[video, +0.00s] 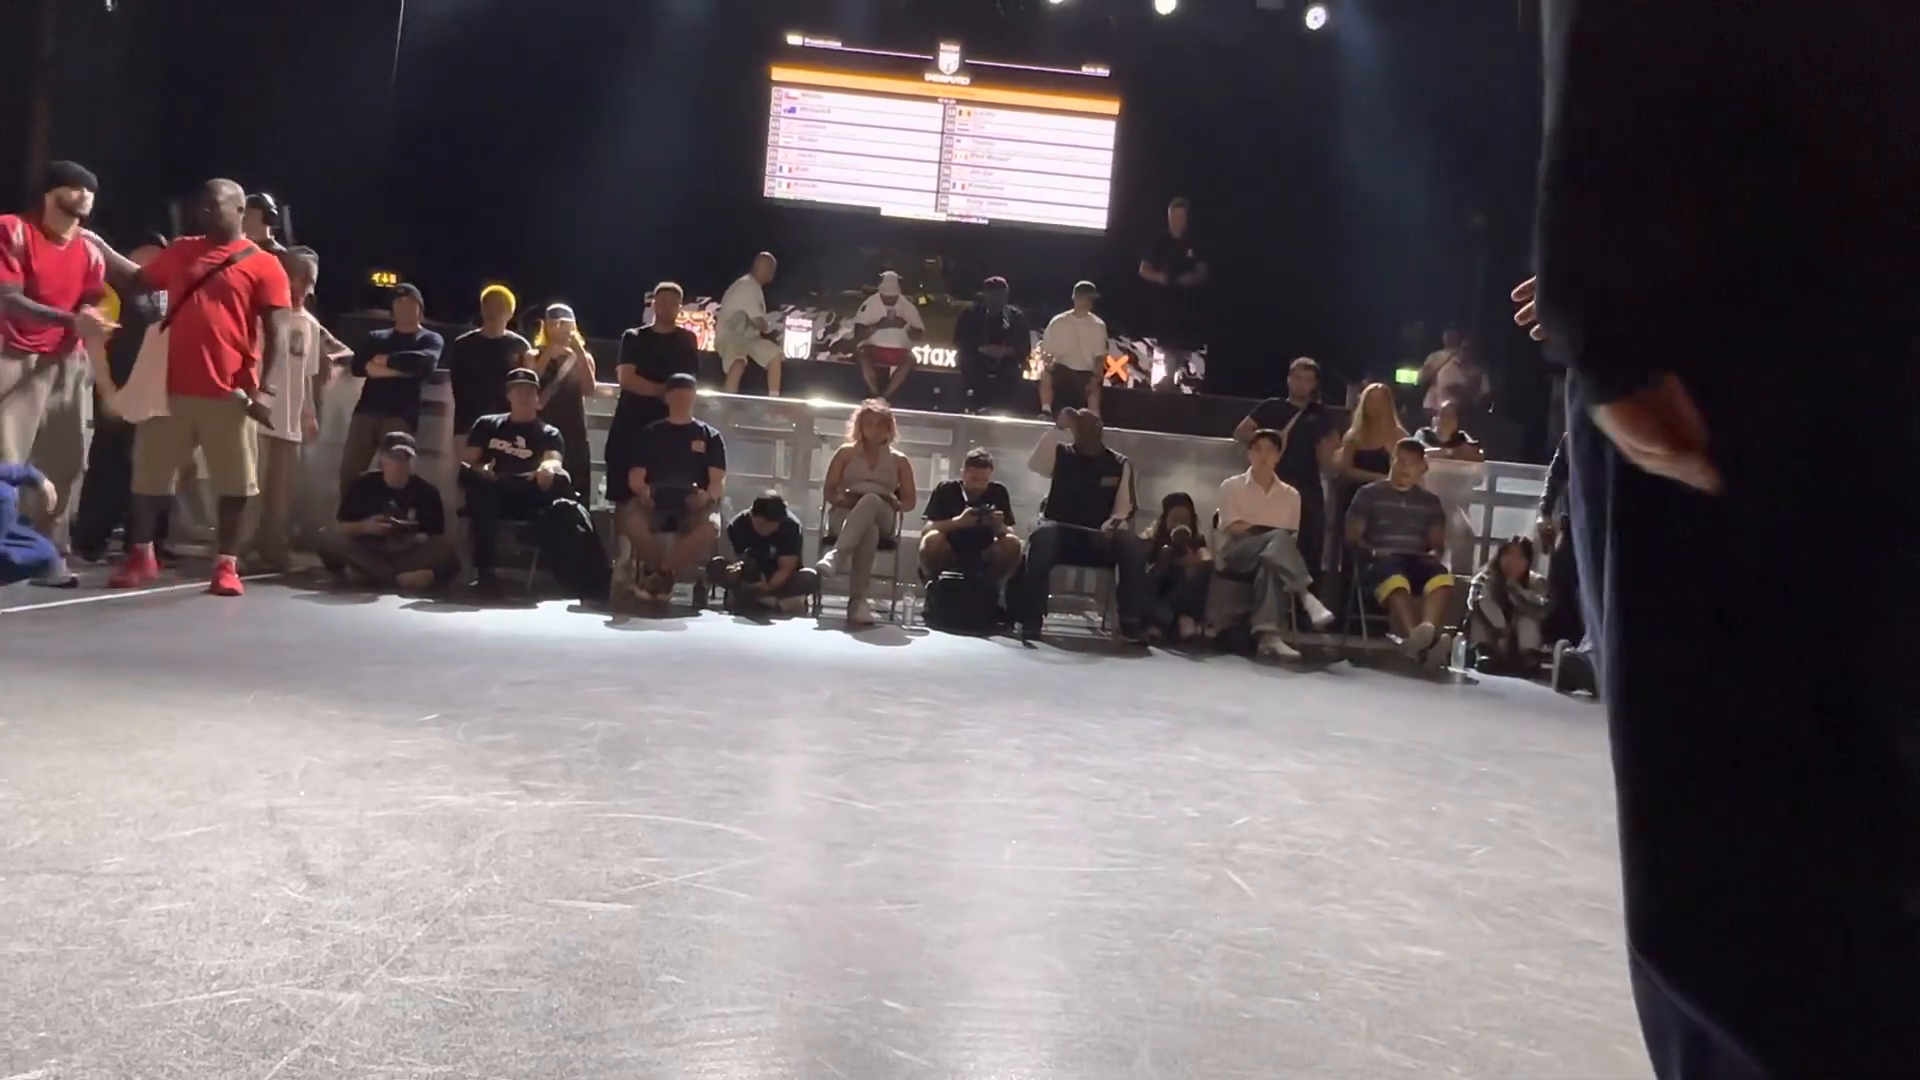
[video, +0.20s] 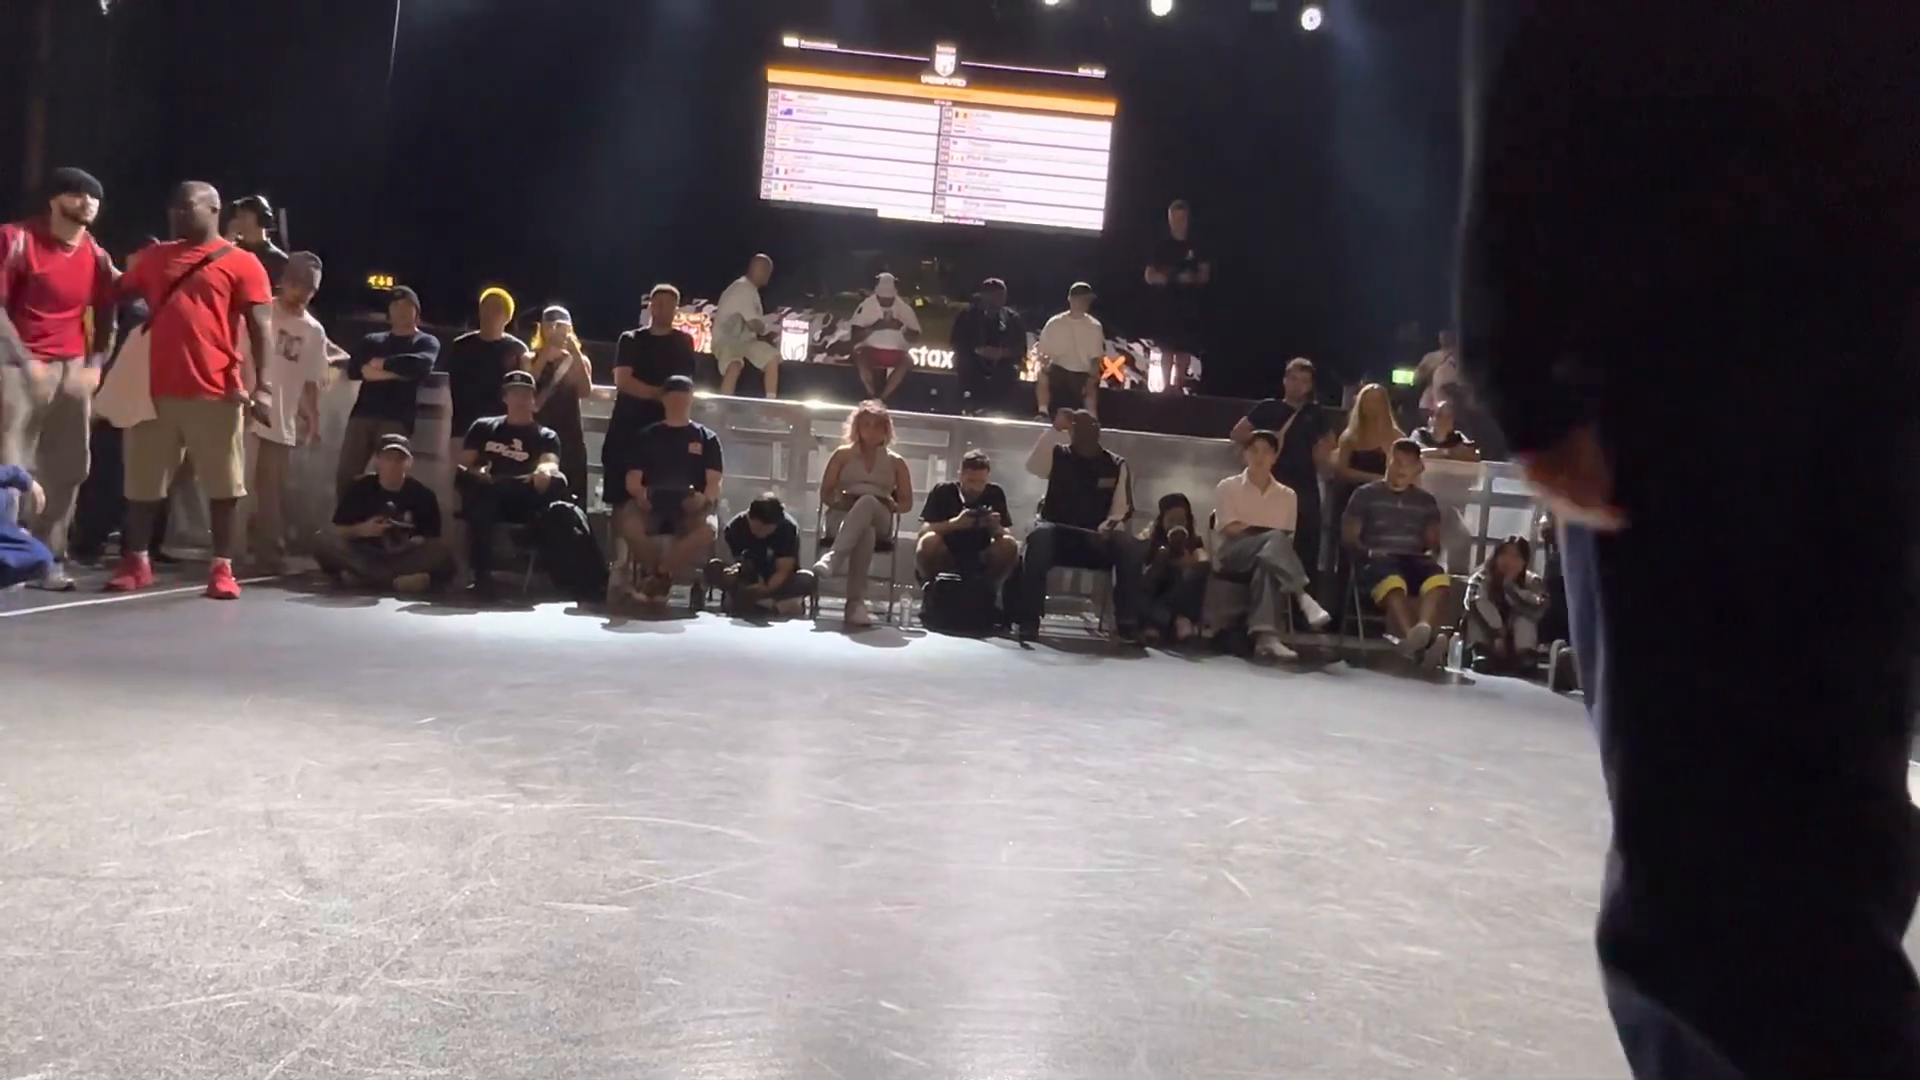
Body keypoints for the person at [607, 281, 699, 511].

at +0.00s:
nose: (668, 307)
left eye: (673, 302)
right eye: (663, 301)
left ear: (679, 307)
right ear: (654, 304)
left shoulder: (687, 339)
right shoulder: (633, 336)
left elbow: (688, 386)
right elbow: (625, 378)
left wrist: (639, 380)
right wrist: (664, 391)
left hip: (668, 424)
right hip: (631, 421)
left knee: (665, 491)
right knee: (624, 493)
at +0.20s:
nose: (663, 309)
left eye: (668, 304)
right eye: (658, 303)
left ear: (675, 309)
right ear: (650, 307)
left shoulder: (683, 341)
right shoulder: (630, 338)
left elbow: (684, 388)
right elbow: (622, 381)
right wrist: (661, 393)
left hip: (665, 428)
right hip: (628, 425)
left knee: (661, 494)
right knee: (621, 497)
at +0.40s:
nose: (658, 310)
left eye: (664, 305)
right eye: (653, 304)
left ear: (671, 310)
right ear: (645, 307)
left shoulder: (679, 342)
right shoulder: (625, 339)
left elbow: (680, 388)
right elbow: (617, 382)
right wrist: (657, 394)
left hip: (660, 428)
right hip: (623, 425)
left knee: (657, 495)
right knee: (616, 498)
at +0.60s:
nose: (654, 312)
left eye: (660, 307)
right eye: (649, 306)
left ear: (667, 313)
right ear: (641, 309)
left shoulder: (675, 344)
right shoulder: (622, 341)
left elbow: (677, 391)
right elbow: (614, 385)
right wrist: (654, 396)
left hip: (657, 431)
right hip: (620, 428)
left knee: (653, 499)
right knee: (613, 500)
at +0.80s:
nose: (652, 314)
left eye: (657, 310)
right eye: (646, 309)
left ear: (663, 314)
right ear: (637, 312)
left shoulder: (671, 346)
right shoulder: (617, 344)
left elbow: (672, 393)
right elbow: (609, 387)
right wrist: (649, 398)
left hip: (653, 433)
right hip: (616, 430)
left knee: (650, 501)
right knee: (610, 503)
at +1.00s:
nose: (645, 317)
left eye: (650, 312)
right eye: (640, 311)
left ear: (656, 316)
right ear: (630, 314)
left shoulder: (664, 348)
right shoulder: (611, 346)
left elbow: (667, 396)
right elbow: (604, 390)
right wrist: (642, 401)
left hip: (647, 435)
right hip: (611, 432)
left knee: (645, 502)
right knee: (605, 504)